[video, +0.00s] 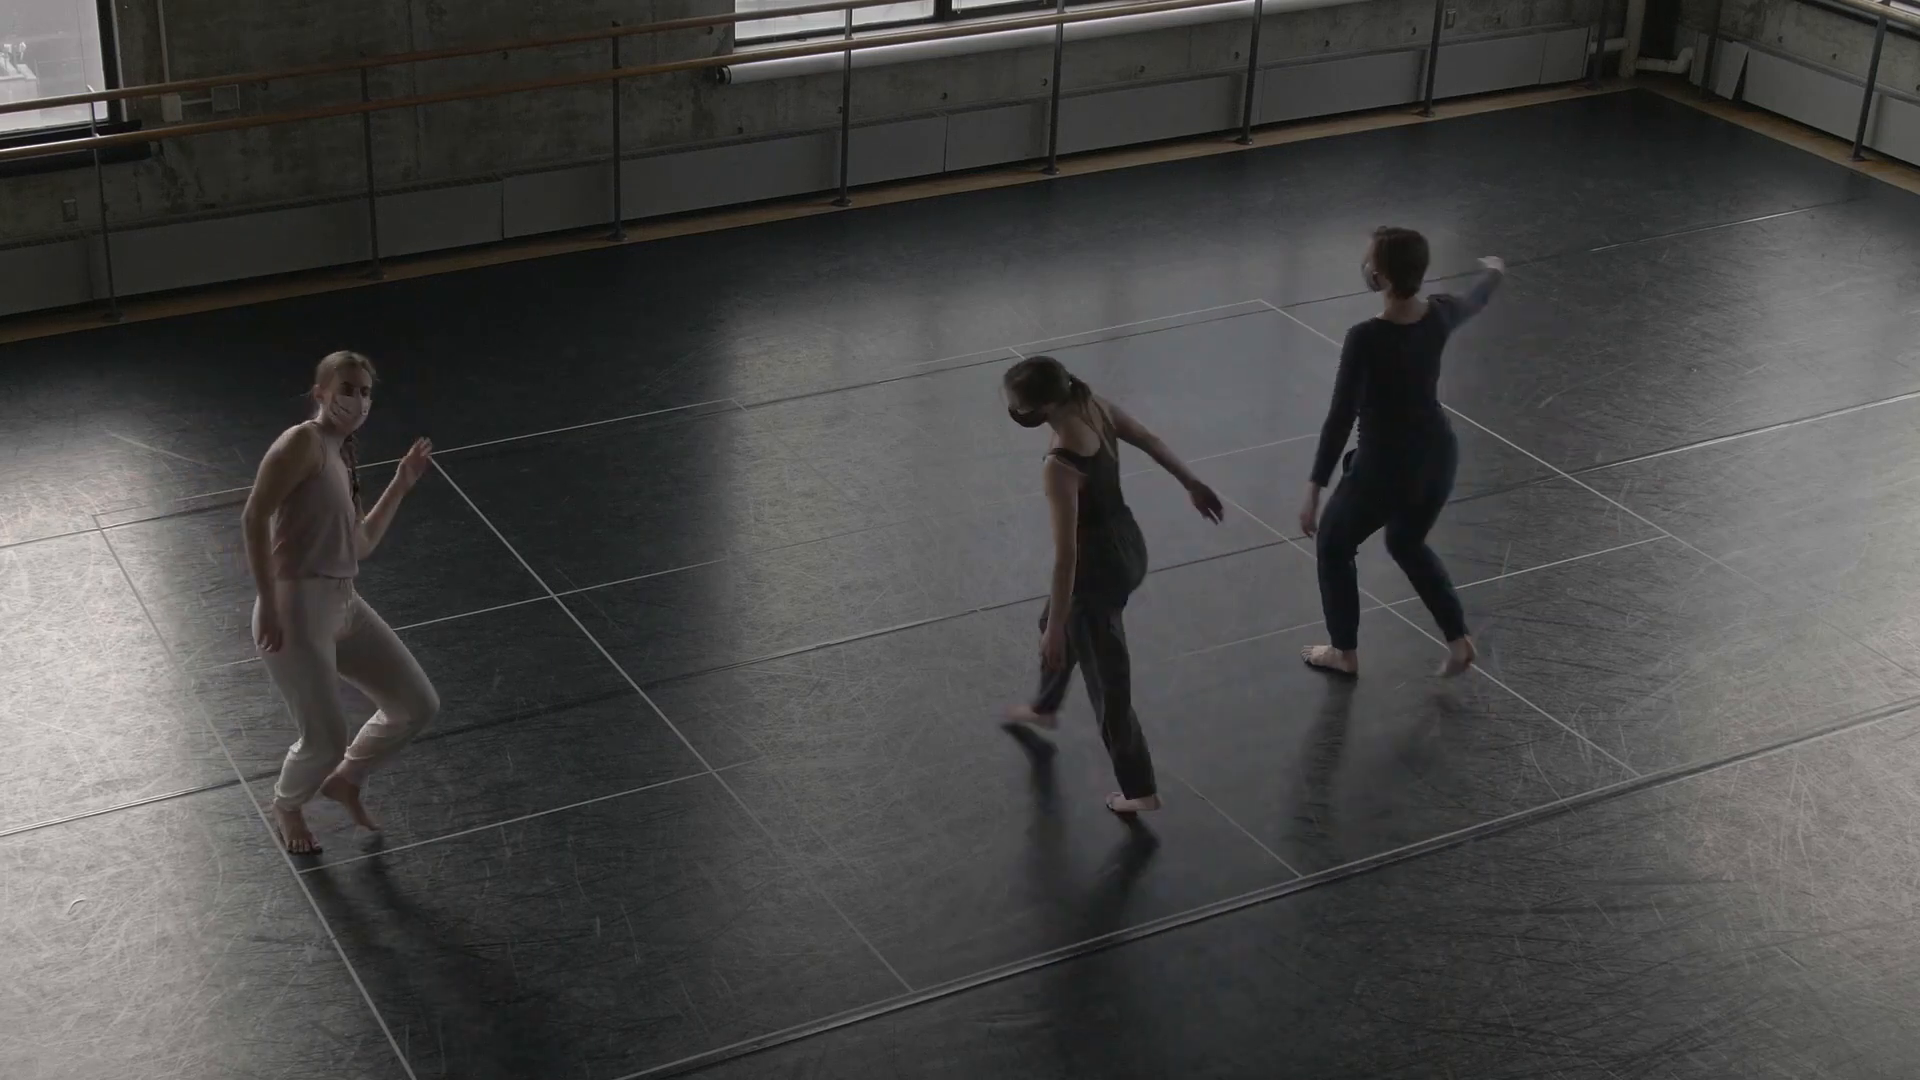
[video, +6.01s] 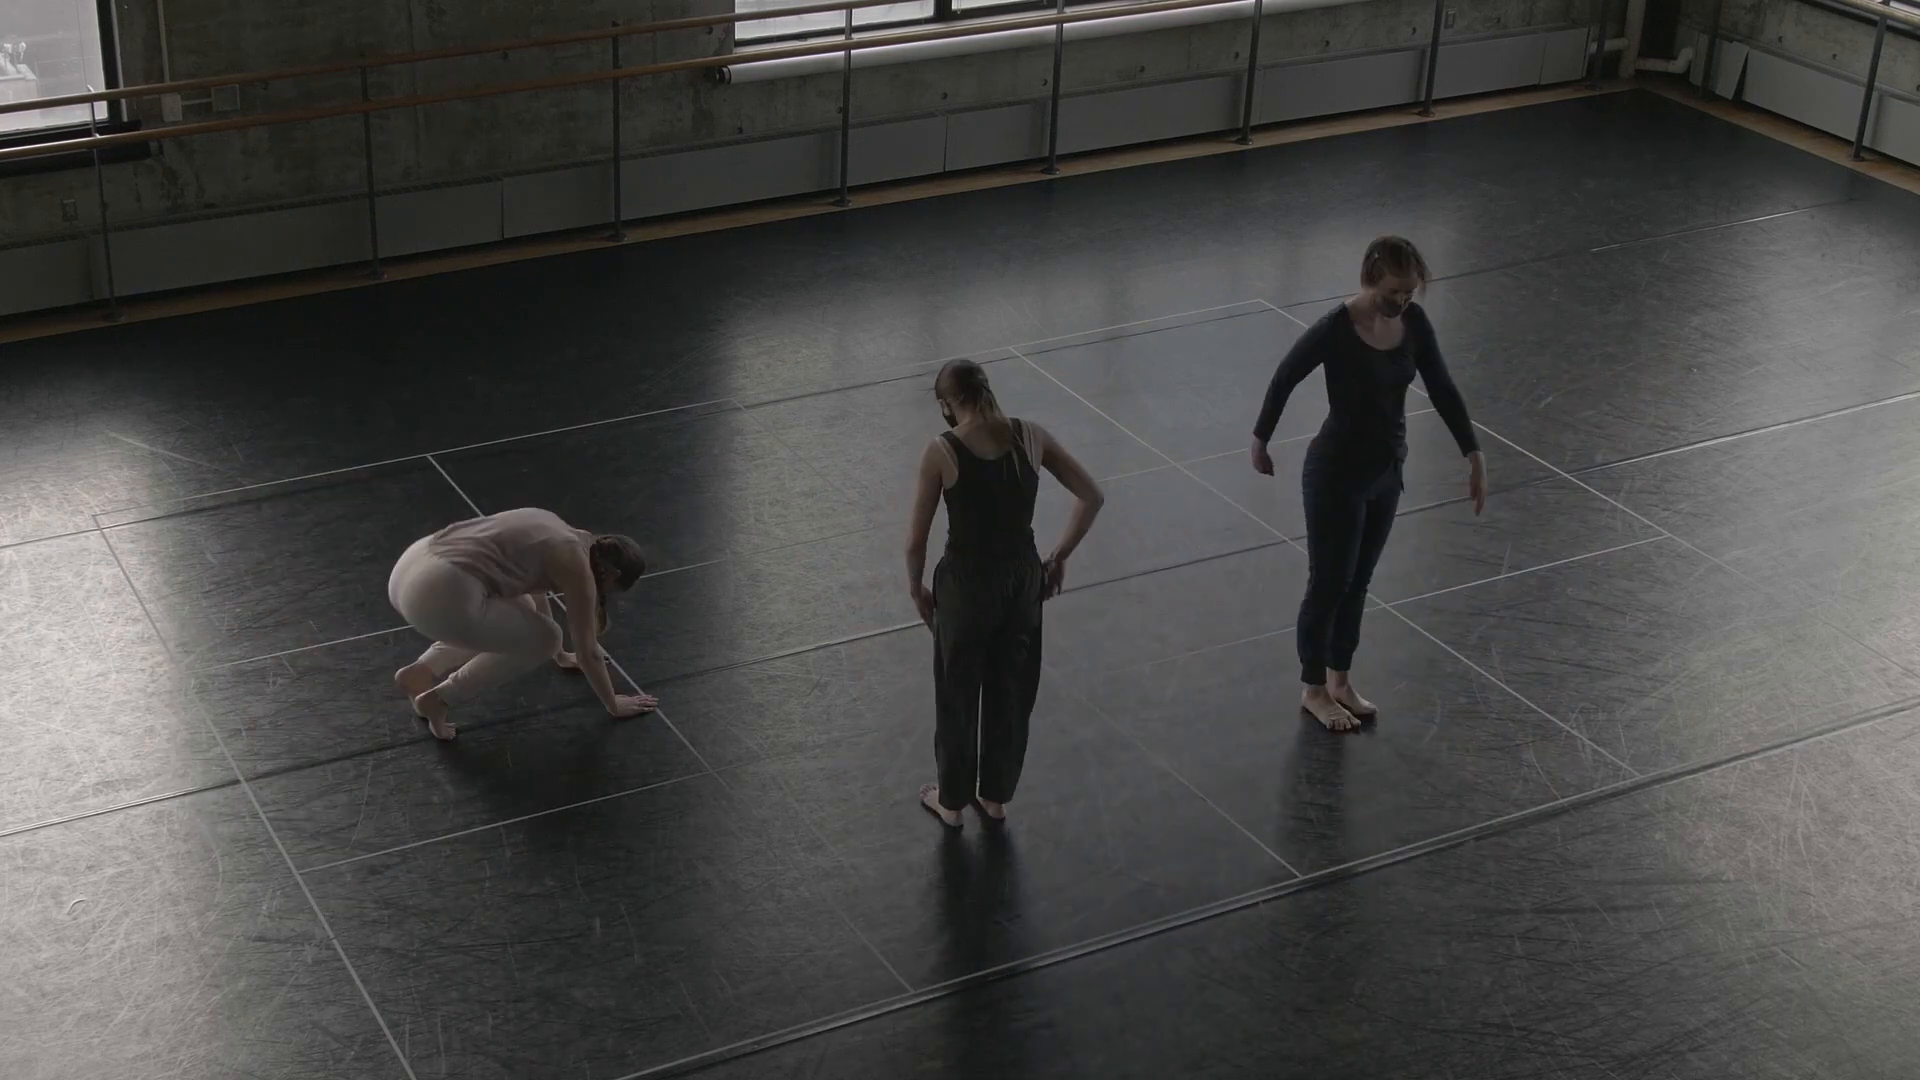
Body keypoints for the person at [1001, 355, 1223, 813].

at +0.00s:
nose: (1013, 414)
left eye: (1017, 410)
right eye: (1013, 407)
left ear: (1039, 411)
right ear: (1060, 387)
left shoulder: (1061, 466)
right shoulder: (1093, 407)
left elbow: (1066, 557)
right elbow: (1147, 441)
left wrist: (1055, 628)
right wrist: (1193, 483)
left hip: (1097, 577)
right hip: (1127, 553)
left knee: (1108, 683)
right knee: (1054, 623)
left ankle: (1140, 790)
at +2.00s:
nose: (1097, 429)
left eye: (1100, 421)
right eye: (1089, 424)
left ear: (1102, 413)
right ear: (1062, 421)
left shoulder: (1102, 448)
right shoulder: (1025, 454)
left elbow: (1097, 491)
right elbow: (986, 521)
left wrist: (1092, 540)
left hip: (1059, 552)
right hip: (1007, 554)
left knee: (1082, 646)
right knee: (1004, 665)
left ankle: (1047, 721)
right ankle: (954, 681)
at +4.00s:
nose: (923, 645)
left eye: (921, 637)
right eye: (924, 636)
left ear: (927, 634)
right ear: (961, 621)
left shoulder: (930, 664)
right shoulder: (997, 636)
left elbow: (892, 727)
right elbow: (1023, 720)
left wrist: (866, 764)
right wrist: (994, 798)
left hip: (1033, 712)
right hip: (1081, 698)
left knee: (1008, 837)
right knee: (1107, 820)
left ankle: (975, 971)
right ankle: (1222, 853)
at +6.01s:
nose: (944, 411)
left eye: (943, 403)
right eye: (943, 403)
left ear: (949, 402)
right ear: (987, 392)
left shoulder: (942, 451)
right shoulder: (1030, 436)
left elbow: (918, 540)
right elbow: (1091, 496)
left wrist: (916, 588)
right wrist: (1060, 556)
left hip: (964, 593)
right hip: (1022, 590)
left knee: (957, 695)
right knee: (1011, 695)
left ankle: (952, 802)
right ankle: (994, 798)